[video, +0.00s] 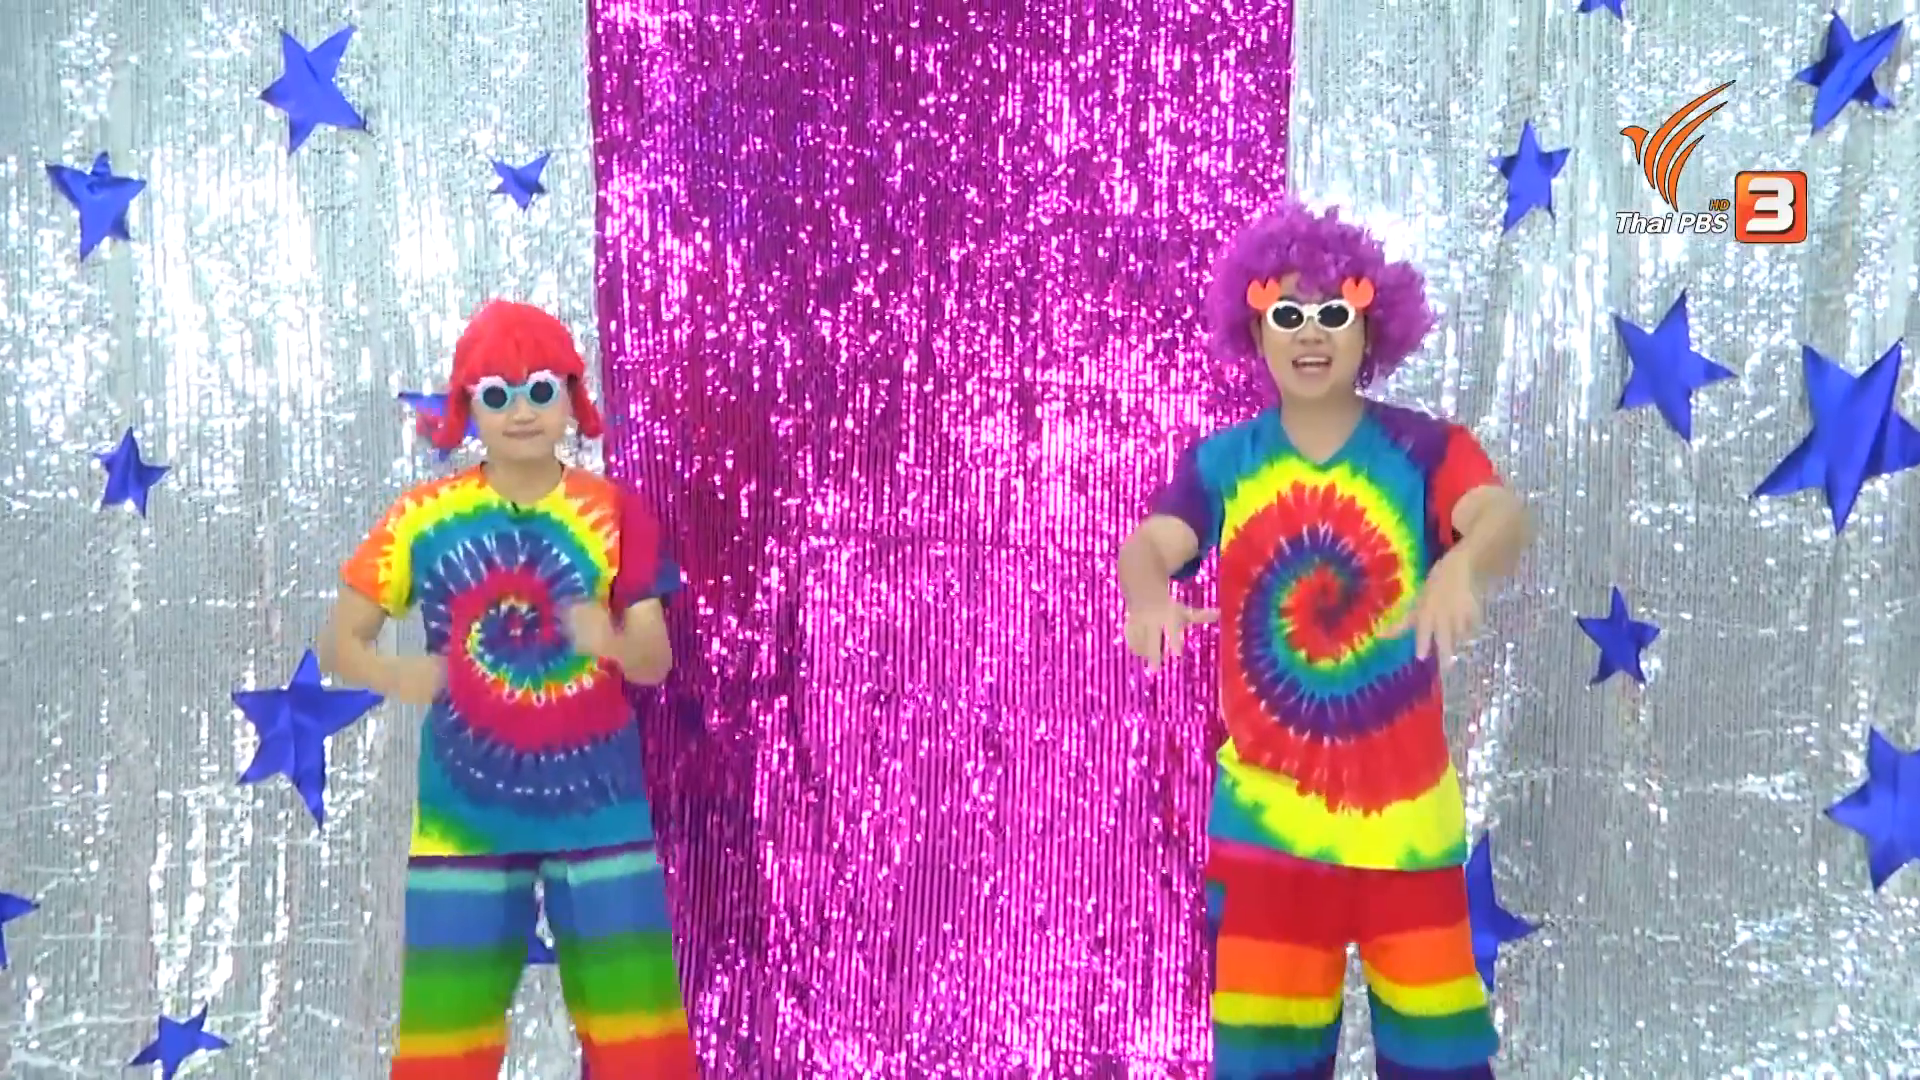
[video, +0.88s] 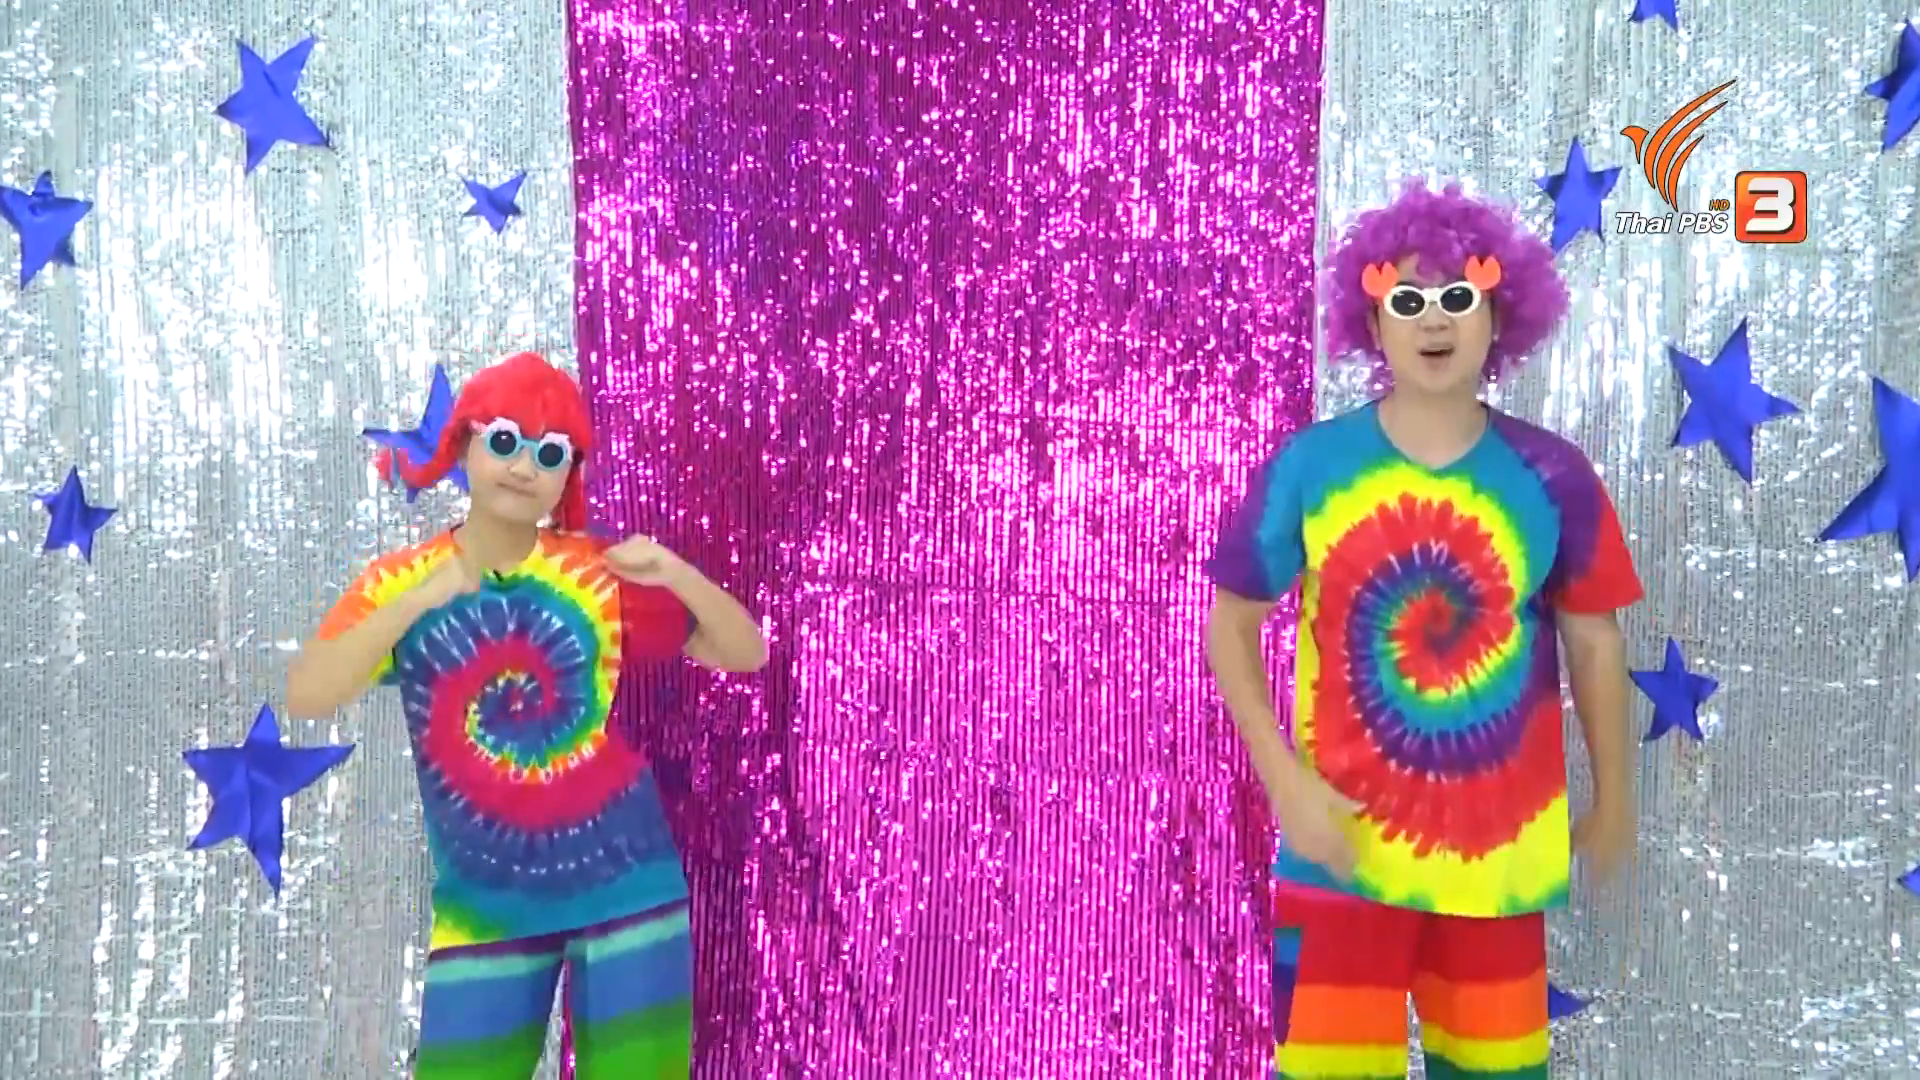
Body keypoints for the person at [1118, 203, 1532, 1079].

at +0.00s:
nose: (1311, 334)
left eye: (1333, 314)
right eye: (1288, 315)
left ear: (1367, 334)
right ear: (1257, 336)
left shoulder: (1428, 449)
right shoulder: (1221, 465)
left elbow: (1505, 517)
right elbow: (1151, 543)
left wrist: (1464, 567)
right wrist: (1146, 591)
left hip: (1410, 824)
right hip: (1269, 828)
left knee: (1442, 1056)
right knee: (1265, 1058)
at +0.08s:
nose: (1328, 322)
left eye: (1350, 302)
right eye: (1304, 305)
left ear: (1384, 324)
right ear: (1271, 329)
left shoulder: (1439, 441)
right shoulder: (1233, 456)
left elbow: (1525, 497)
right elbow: (1156, 523)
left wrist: (1495, 519)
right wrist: (1149, 554)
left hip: (1419, 819)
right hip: (1280, 823)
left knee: (1455, 1053)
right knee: (1278, 1054)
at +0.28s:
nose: (1389, 313)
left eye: (1410, 292)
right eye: (1364, 295)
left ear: (1444, 310)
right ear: (1330, 317)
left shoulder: (1490, 431)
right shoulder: (1291, 433)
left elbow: (1596, 469)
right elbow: (1184, 473)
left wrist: (1571, 404)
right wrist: (1220, 443)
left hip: (1461, 801)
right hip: (1322, 801)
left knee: (1474, 1042)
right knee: (1312, 1040)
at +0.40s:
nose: (1431, 330)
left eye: (1452, 308)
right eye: (1406, 312)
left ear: (1489, 324)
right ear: (1373, 330)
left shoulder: (1529, 452)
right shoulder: (1322, 439)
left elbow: (1633, 535)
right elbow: (1232, 509)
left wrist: (1595, 471)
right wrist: (1304, 497)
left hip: (1482, 816)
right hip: (1345, 812)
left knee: (1486, 1049)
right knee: (1326, 1047)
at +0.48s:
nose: (1454, 349)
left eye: (1475, 326)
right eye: (1428, 330)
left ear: (1514, 341)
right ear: (1395, 349)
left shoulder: (1560, 476)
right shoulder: (1335, 465)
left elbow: (1635, 588)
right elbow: (1263, 560)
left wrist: (1603, 597)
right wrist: (1357, 613)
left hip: (1501, 853)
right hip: (1358, 847)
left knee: (1505, 1061)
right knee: (1324, 1060)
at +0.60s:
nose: (1474, 361)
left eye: (1497, 340)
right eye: (1449, 342)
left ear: (1531, 358)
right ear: (1414, 361)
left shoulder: (1571, 502)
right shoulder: (1349, 492)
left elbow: (1613, 665)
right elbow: (1296, 648)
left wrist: (1596, 816)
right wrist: (1395, 785)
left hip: (1513, 884)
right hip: (1363, 874)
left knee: (1517, 1066)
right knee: (1335, 1066)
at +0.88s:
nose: (1432, 320)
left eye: (1456, 298)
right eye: (1406, 300)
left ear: (1496, 318)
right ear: (1373, 324)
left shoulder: (1554, 474)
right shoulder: (1312, 466)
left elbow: (1595, 642)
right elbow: (1230, 622)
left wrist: (1613, 802)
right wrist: (1285, 777)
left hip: (1499, 864)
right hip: (1345, 856)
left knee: (1499, 1064)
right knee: (1334, 1066)